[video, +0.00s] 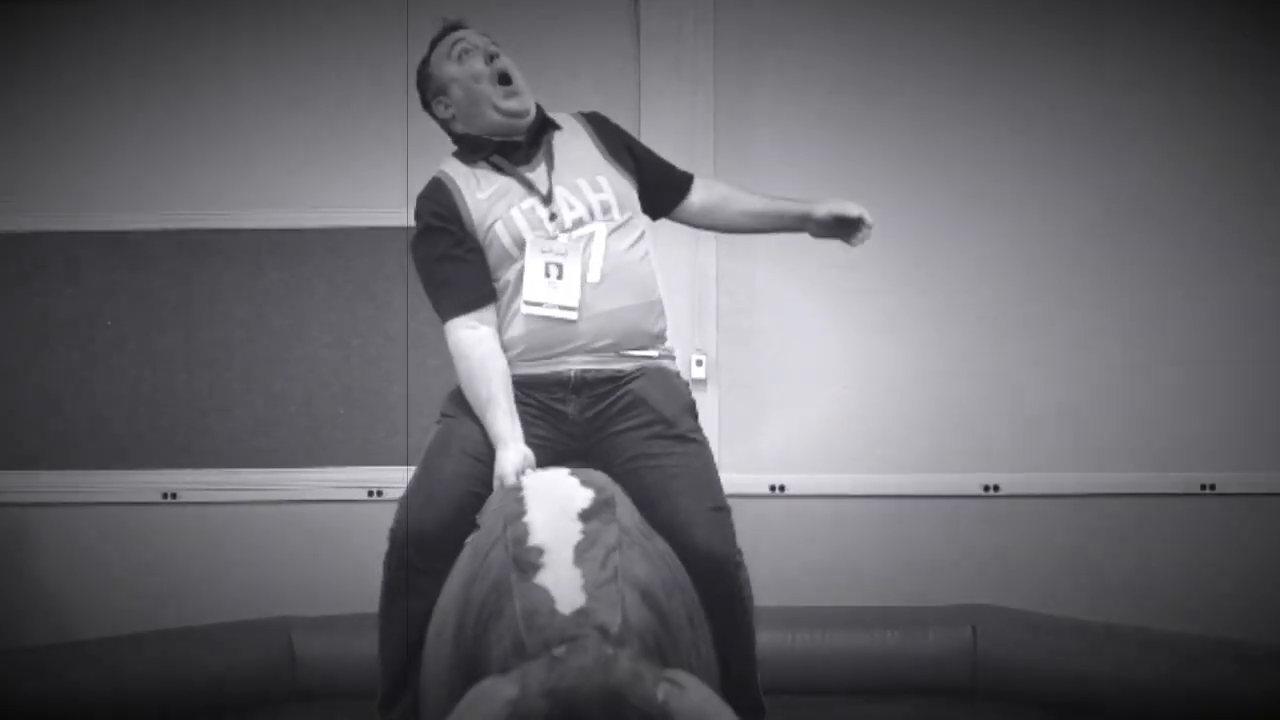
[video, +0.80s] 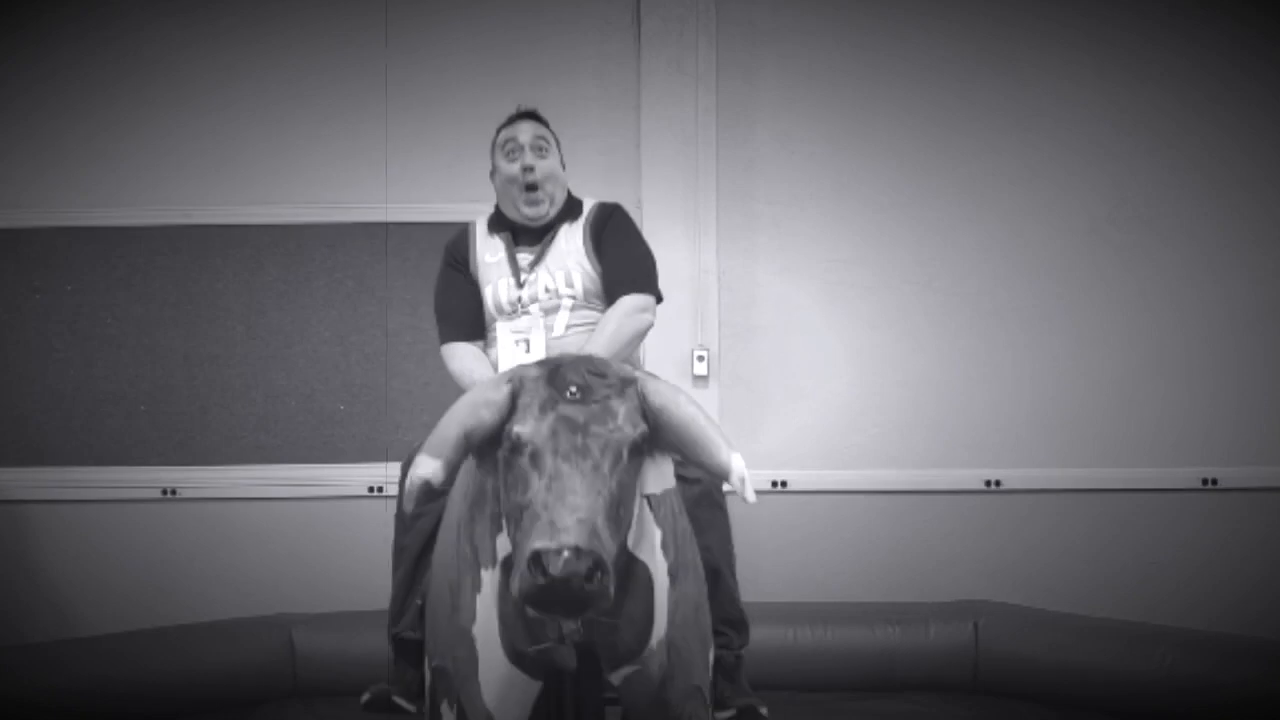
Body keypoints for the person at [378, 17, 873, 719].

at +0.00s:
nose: (497, 63)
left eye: (496, 52)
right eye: (467, 61)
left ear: (518, 72)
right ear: (444, 110)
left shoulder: (595, 135)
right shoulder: (447, 197)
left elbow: (693, 197)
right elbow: (471, 330)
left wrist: (807, 215)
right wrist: (507, 439)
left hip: (638, 390)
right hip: (509, 402)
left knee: (712, 553)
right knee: (419, 537)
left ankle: (740, 710)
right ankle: (404, 709)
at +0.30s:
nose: (514, 84)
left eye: (517, 71)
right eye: (488, 81)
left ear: (539, 88)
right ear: (465, 124)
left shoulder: (607, 155)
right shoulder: (455, 203)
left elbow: (682, 226)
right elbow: (469, 328)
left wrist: (729, 281)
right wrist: (512, 423)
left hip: (633, 381)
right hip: (512, 391)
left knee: (709, 518)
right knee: (426, 511)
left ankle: (744, 691)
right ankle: (405, 692)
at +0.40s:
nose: (519, 95)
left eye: (525, 82)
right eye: (495, 91)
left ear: (546, 102)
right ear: (472, 131)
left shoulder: (611, 167)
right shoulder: (459, 208)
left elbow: (686, 249)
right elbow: (464, 325)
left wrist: (675, 316)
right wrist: (510, 412)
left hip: (631, 385)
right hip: (511, 392)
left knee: (707, 505)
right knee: (428, 503)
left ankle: (742, 691)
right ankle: (407, 686)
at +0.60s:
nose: (526, 128)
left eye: (537, 116)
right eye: (506, 121)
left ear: (558, 136)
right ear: (484, 154)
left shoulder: (605, 194)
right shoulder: (462, 226)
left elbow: (655, 280)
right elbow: (457, 333)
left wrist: (581, 366)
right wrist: (503, 399)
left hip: (616, 378)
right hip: (503, 389)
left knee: (709, 496)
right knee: (422, 485)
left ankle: (730, 678)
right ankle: (409, 676)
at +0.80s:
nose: (527, 163)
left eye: (540, 150)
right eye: (511, 153)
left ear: (564, 168)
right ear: (492, 179)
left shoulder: (602, 220)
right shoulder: (468, 246)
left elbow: (639, 302)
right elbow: (457, 344)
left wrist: (582, 377)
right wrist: (513, 401)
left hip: (605, 396)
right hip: (508, 406)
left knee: (699, 481)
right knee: (422, 487)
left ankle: (725, 673)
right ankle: (409, 672)